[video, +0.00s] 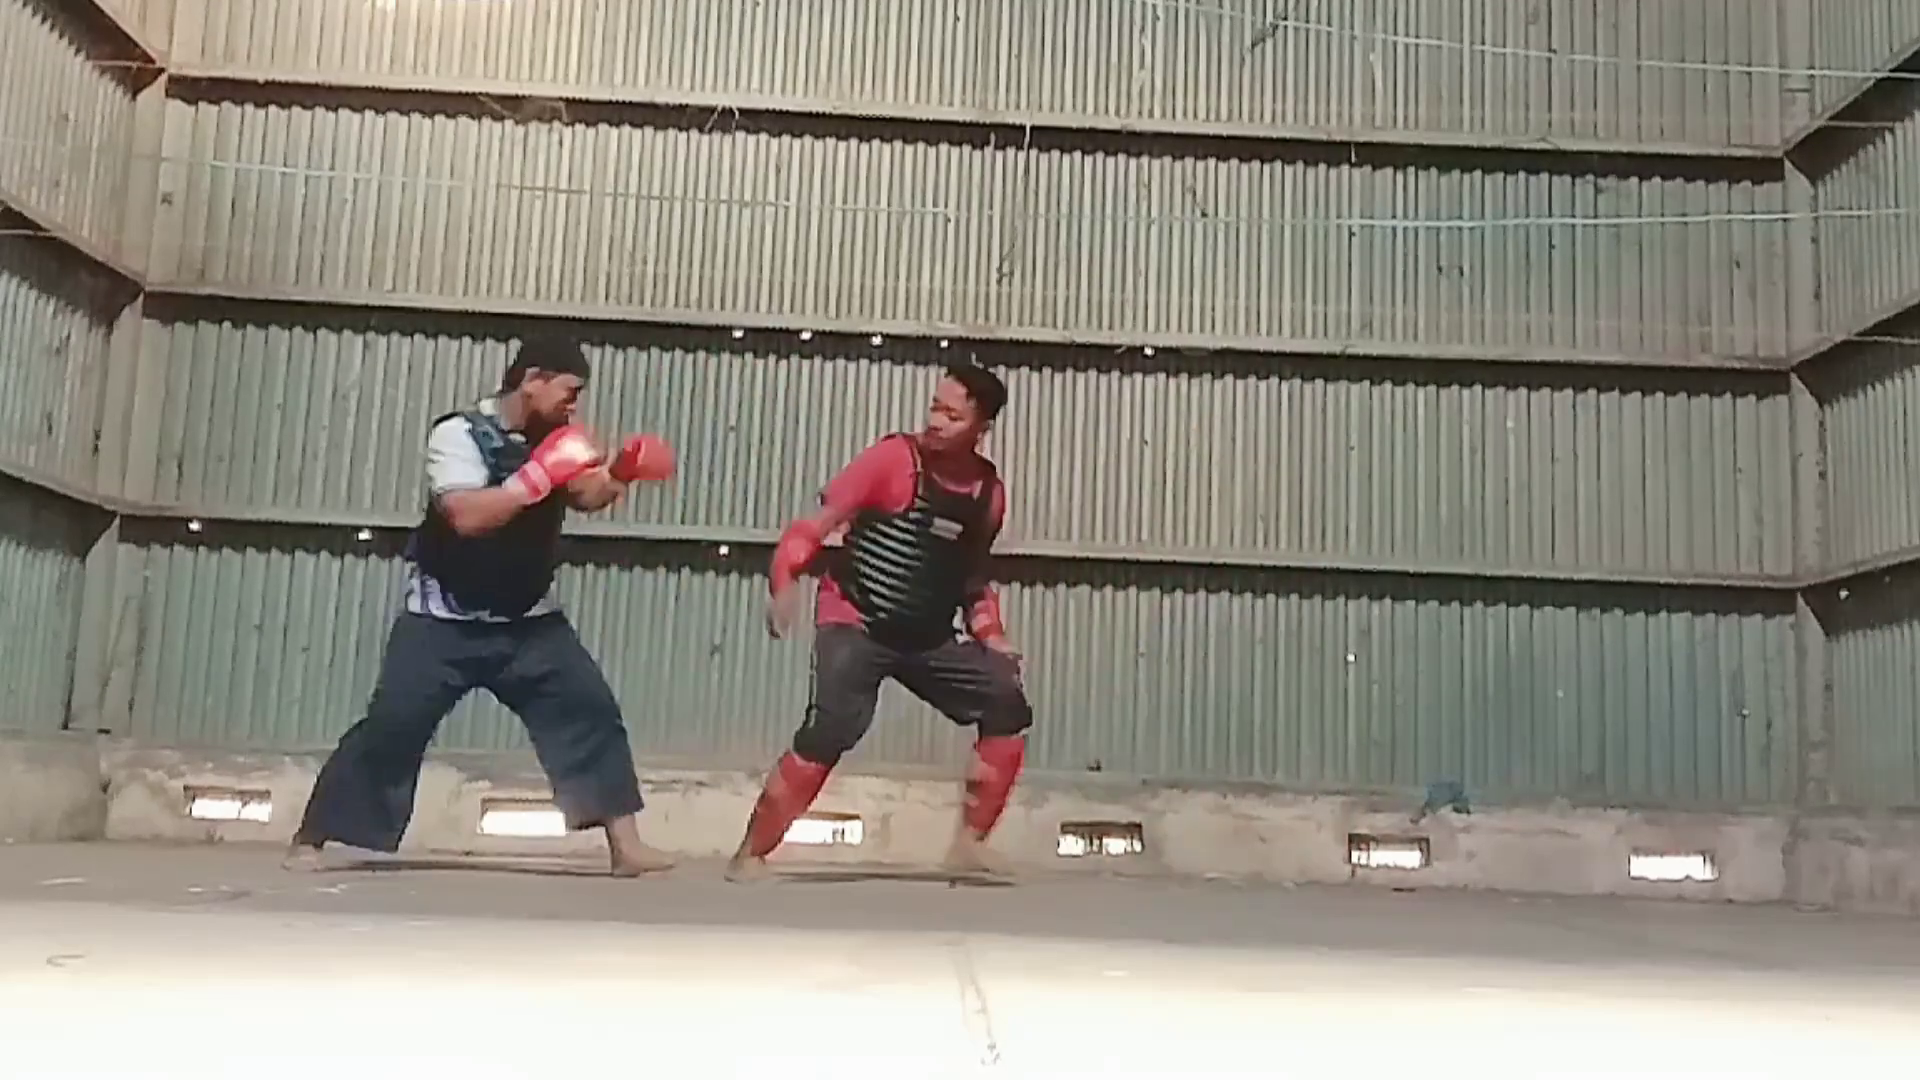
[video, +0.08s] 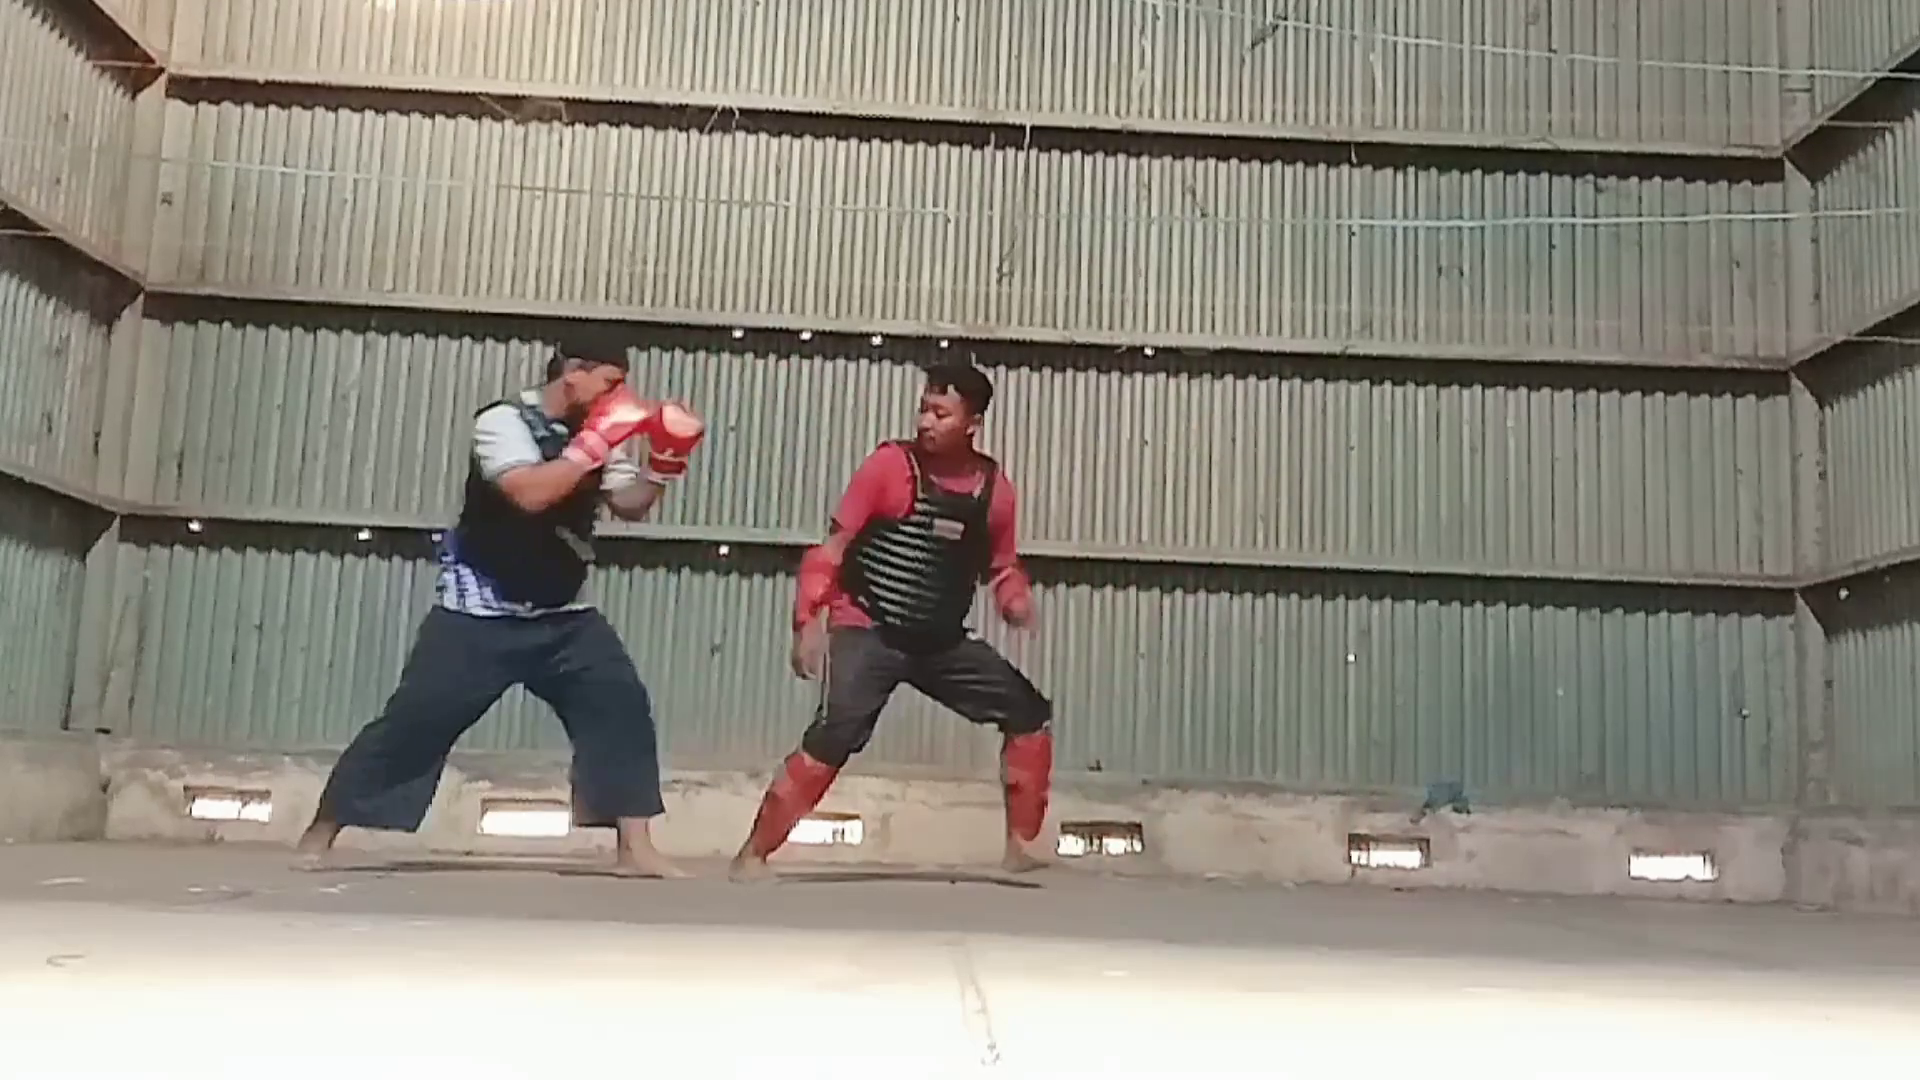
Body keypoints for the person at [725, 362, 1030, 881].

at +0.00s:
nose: (935, 421)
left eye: (951, 415)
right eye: (934, 408)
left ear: (982, 429)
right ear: (930, 405)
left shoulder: (988, 492)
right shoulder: (891, 459)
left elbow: (975, 576)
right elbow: (813, 526)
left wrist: (995, 644)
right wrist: (782, 585)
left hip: (927, 635)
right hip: (855, 624)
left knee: (1006, 704)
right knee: (833, 726)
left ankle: (967, 850)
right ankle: (750, 858)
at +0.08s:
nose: (925, 422)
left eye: (940, 414)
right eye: (923, 409)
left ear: (973, 422)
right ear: (919, 408)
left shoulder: (995, 490)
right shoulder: (889, 465)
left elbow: (1004, 565)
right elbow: (831, 548)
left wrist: (1016, 597)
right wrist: (808, 622)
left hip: (941, 641)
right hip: (867, 632)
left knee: (1028, 713)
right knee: (838, 731)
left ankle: (1020, 848)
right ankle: (753, 856)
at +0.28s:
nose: (960, 392)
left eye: (971, 383)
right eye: (957, 382)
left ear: (1008, 386)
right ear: (959, 382)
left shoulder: (1045, 445)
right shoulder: (935, 443)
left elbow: (1077, 527)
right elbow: (892, 530)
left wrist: (1045, 512)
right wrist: (855, 606)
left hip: (1007, 623)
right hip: (934, 615)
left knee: (1052, 731)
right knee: (876, 708)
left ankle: (1017, 856)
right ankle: (810, 831)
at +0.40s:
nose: (987, 361)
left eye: (998, 352)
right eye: (985, 351)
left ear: (1033, 354)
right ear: (988, 352)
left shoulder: (1075, 415)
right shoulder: (965, 414)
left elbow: (1113, 483)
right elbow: (931, 497)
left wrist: (1086, 484)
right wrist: (917, 575)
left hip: (1044, 589)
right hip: (972, 583)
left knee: (1072, 704)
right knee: (962, 696)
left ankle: (1049, 839)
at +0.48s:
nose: (998, 361)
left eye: (1010, 351)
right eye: (997, 350)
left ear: (1043, 354)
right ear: (999, 352)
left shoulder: (1084, 413)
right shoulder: (974, 418)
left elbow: (1123, 482)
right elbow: (941, 502)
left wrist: (1099, 493)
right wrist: (941, 578)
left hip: (1063, 589)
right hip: (990, 590)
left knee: (1099, 704)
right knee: (992, 709)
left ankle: (1090, 840)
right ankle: (992, 842)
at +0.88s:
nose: (1078, 396)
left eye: (1087, 386)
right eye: (1076, 387)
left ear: (1123, 389)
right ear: (1087, 391)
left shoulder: (1166, 449)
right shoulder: (1062, 456)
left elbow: (1205, 521)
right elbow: (1036, 536)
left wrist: (1163, 505)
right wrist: (1027, 602)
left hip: (1142, 613)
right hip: (1078, 610)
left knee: (1162, 725)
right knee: (1072, 709)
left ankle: (1178, 851)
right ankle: (1036, 840)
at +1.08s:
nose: (1120, 420)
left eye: (1133, 410)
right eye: (1113, 408)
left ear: (1158, 416)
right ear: (1103, 409)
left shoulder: (1171, 483)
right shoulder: (1077, 467)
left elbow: (1187, 559)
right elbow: (1034, 544)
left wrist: (1211, 586)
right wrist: (1062, 587)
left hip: (1126, 631)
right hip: (1070, 625)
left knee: (1163, 745)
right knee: (1083, 740)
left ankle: (1179, 862)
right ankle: (1000, 848)